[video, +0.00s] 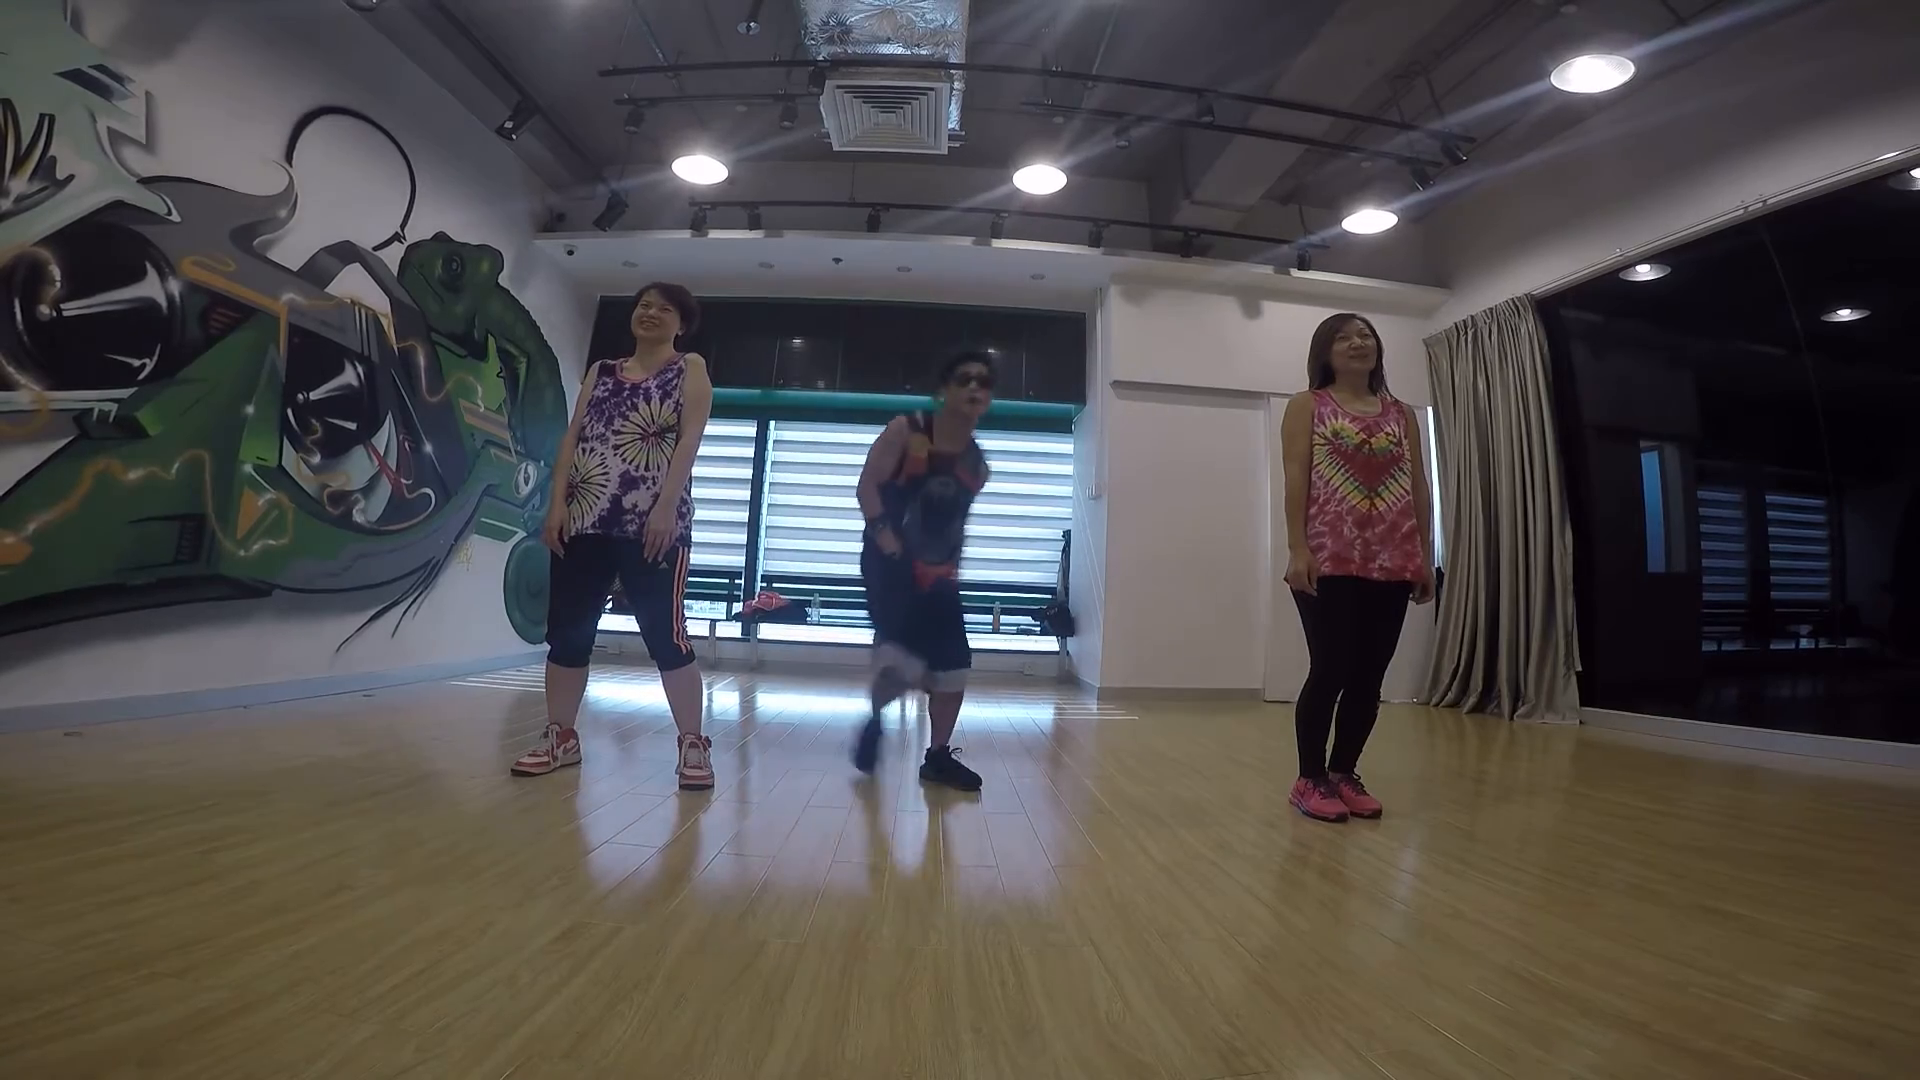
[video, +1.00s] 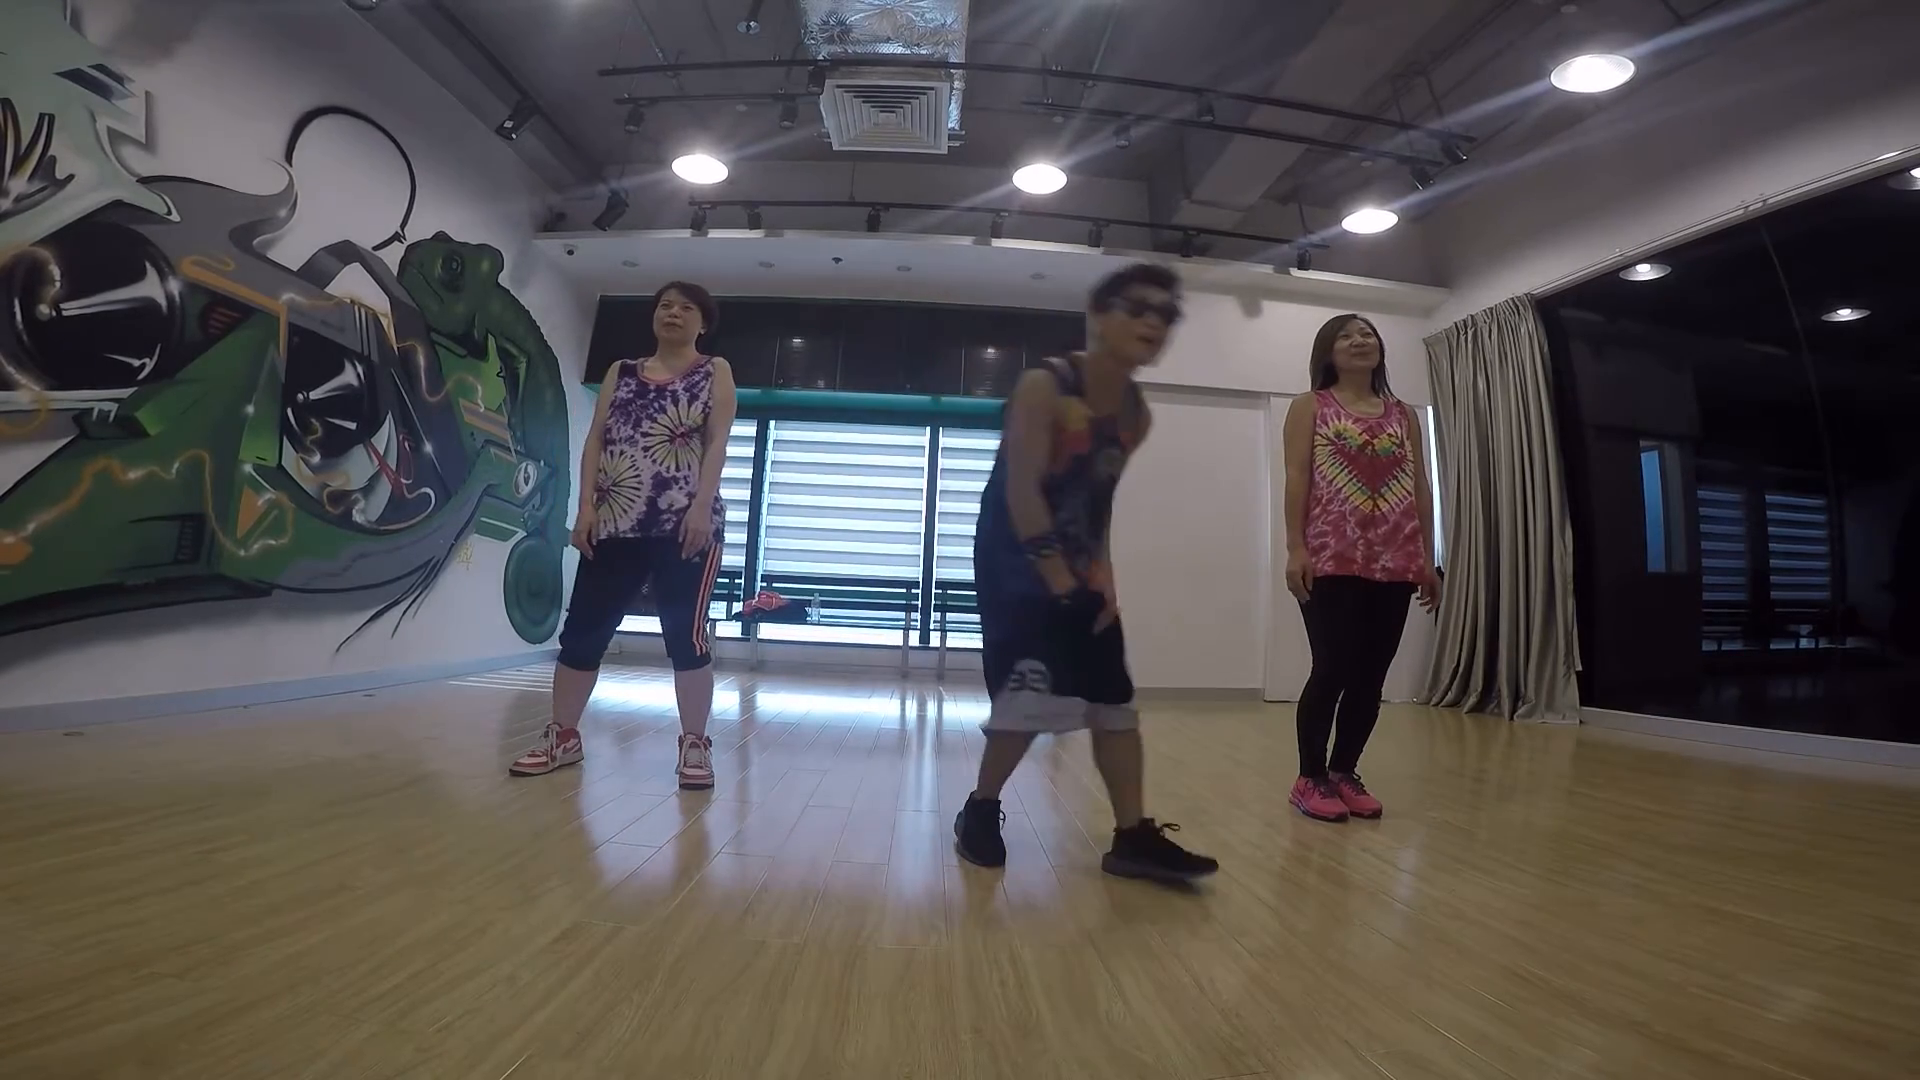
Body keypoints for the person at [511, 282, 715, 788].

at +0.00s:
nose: (649, 312)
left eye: (663, 308)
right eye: (643, 305)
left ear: (681, 326)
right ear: (630, 317)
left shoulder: (690, 369)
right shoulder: (600, 372)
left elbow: (688, 442)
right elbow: (572, 439)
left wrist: (666, 507)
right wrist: (557, 501)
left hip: (650, 526)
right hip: (583, 522)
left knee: (667, 640)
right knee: (567, 636)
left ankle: (692, 744)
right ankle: (561, 739)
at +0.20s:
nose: (649, 311)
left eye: (663, 307)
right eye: (643, 304)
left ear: (681, 324)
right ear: (631, 317)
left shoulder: (691, 369)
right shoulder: (601, 372)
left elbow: (689, 442)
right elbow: (573, 438)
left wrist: (667, 508)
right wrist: (558, 500)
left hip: (652, 525)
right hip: (584, 521)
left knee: (667, 640)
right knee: (567, 635)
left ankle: (692, 744)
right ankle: (561, 739)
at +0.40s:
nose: (652, 311)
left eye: (665, 306)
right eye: (645, 304)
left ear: (683, 322)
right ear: (633, 317)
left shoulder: (694, 369)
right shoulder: (602, 371)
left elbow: (692, 443)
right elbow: (575, 438)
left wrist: (671, 508)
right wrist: (561, 500)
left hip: (655, 526)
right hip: (588, 521)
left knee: (669, 639)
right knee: (567, 635)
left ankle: (692, 744)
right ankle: (561, 738)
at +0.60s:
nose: (658, 311)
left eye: (671, 306)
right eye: (650, 304)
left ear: (687, 323)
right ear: (637, 317)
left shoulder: (698, 371)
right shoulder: (605, 370)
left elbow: (696, 443)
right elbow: (577, 438)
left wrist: (677, 507)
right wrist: (565, 501)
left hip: (660, 526)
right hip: (592, 522)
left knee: (673, 640)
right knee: (568, 635)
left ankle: (693, 743)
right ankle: (561, 738)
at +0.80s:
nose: (664, 312)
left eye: (677, 307)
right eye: (656, 305)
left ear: (693, 325)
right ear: (643, 317)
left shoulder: (703, 371)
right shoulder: (610, 371)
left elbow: (703, 444)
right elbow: (582, 439)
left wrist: (687, 508)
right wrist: (571, 502)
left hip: (669, 525)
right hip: (601, 520)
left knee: (678, 638)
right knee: (573, 633)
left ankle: (694, 744)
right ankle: (560, 738)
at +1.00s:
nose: (673, 312)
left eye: (685, 307)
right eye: (665, 306)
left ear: (702, 324)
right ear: (653, 317)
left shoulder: (713, 371)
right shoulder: (621, 372)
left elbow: (716, 444)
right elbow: (595, 440)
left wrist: (702, 507)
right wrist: (586, 506)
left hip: (683, 527)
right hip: (615, 524)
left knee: (686, 640)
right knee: (581, 634)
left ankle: (695, 745)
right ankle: (562, 739)